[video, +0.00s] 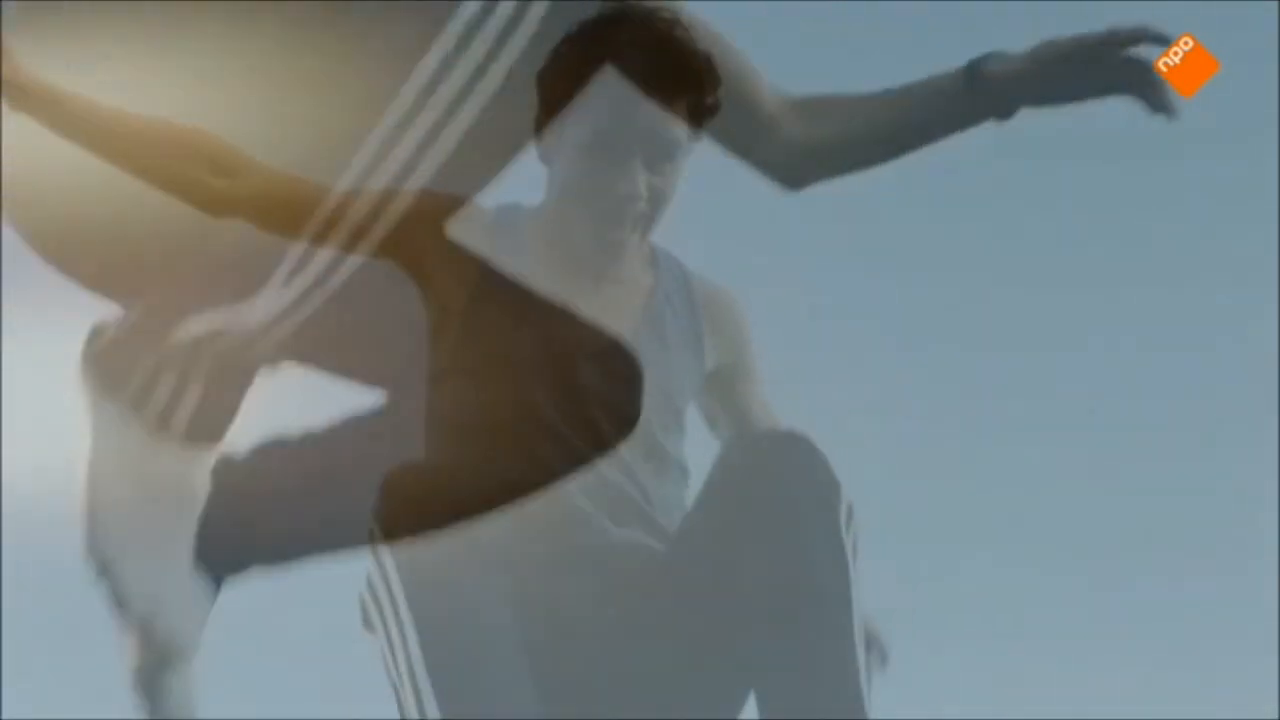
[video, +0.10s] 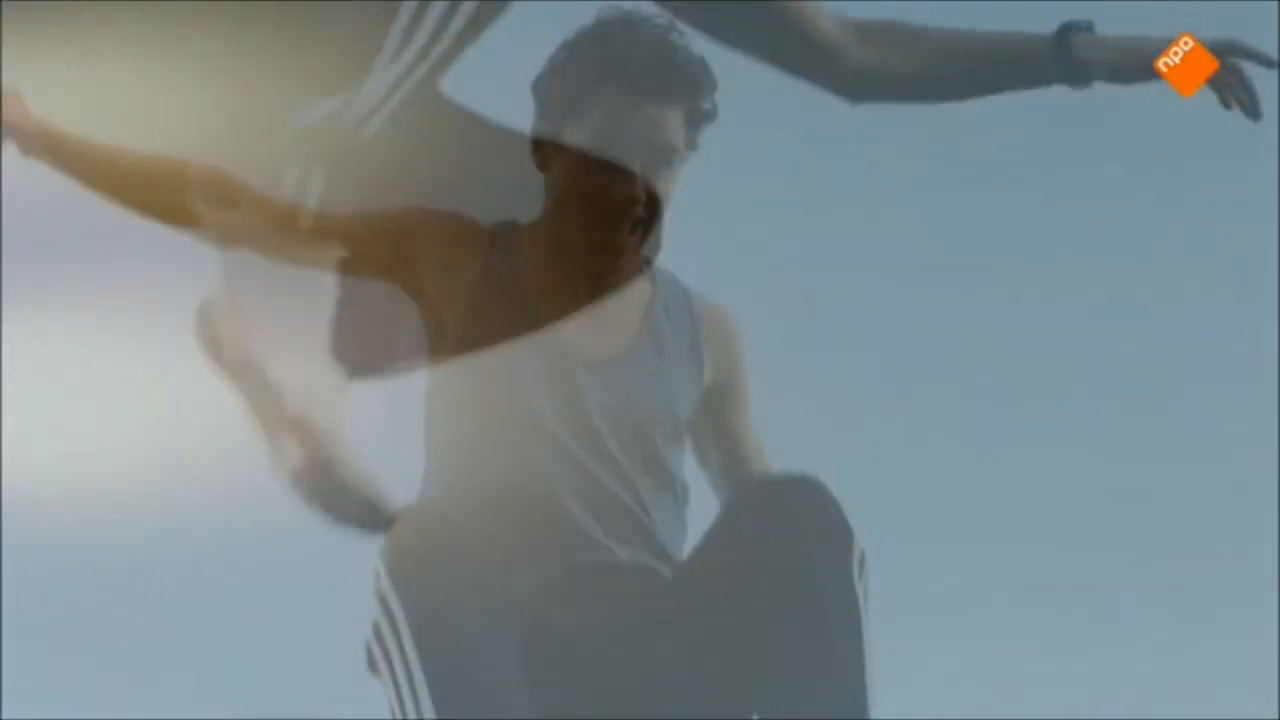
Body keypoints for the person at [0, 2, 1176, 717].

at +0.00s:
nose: (647, 177)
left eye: (665, 157)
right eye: (628, 147)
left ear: (689, 163)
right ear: (566, 130)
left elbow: (806, 143)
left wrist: (1016, 79)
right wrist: (232, 320)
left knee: (589, 381)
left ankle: (192, 541)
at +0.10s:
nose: (621, 191)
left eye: (649, 166)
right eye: (598, 155)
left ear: (681, 169)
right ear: (552, 139)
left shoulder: (702, 335)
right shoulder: (455, 227)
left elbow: (754, 505)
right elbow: (221, 214)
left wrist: (800, 624)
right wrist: (23, 127)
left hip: (656, 634)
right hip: (504, 632)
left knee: (801, 514)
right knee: (441, 527)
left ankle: (805, 714)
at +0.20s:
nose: (637, 196)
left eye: (661, 173)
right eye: (612, 163)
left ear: (680, 185)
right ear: (542, 150)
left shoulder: (698, 359)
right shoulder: (450, 283)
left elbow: (738, 566)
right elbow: (249, 270)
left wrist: (790, 680)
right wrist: (64, 220)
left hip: (659, 656)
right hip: (506, 656)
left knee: (819, 588)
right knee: (437, 614)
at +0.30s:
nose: (628, 210)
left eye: (657, 187)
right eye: (604, 174)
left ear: (679, 203)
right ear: (537, 168)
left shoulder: (700, 374)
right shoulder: (455, 312)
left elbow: (724, 592)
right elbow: (255, 313)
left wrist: (776, 696)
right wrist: (71, 277)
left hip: (661, 678)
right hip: (510, 667)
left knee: (844, 645)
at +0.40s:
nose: (635, 234)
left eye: (659, 214)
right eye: (608, 199)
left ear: (675, 235)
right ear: (539, 203)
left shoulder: (698, 412)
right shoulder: (445, 350)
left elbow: (711, 634)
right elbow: (253, 382)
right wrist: (70, 366)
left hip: (648, 702)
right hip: (484, 695)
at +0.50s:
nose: (634, 254)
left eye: (656, 234)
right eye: (606, 221)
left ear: (674, 256)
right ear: (534, 235)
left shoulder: (698, 439)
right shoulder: (442, 379)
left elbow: (705, 666)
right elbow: (256, 432)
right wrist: (69, 453)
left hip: (640, 709)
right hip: (482, 704)